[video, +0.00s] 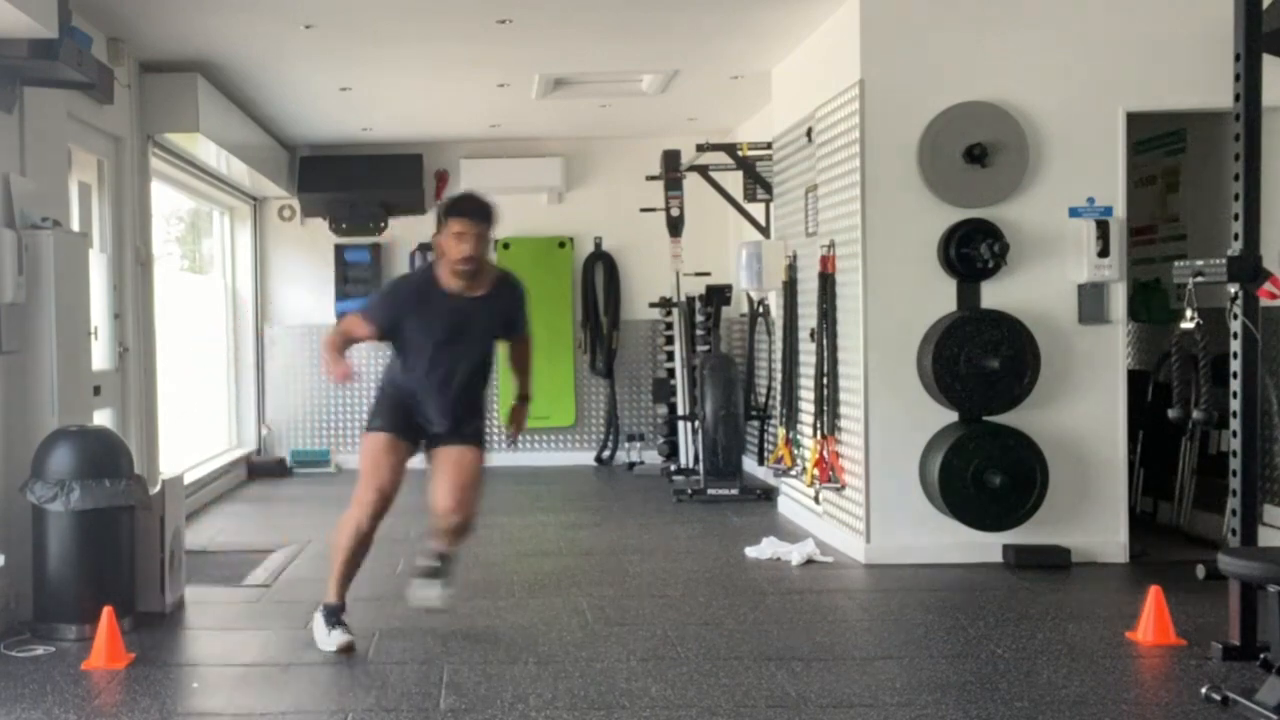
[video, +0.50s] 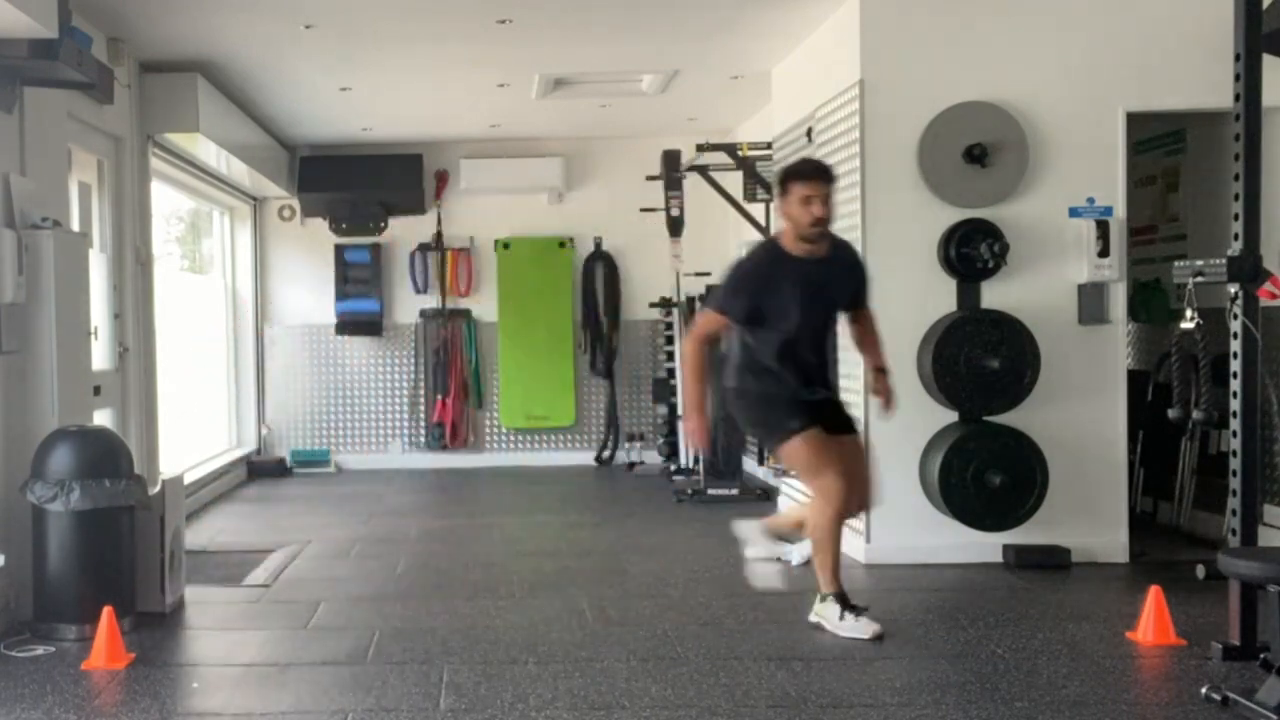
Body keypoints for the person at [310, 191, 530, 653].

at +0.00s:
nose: (468, 249)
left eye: (478, 238)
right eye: (458, 237)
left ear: (489, 242)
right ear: (438, 240)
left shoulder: (505, 293)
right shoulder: (409, 292)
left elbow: (519, 344)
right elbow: (343, 332)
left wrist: (522, 398)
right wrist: (334, 355)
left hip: (462, 410)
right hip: (402, 401)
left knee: (455, 512)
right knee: (371, 503)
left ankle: (437, 560)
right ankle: (331, 609)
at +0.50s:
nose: (820, 211)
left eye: (825, 201)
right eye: (808, 201)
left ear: (833, 204)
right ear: (782, 205)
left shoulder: (843, 261)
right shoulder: (758, 268)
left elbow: (859, 316)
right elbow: (697, 336)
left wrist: (878, 368)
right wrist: (693, 414)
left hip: (817, 388)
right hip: (763, 390)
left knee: (856, 494)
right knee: (829, 484)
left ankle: (766, 533)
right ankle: (830, 601)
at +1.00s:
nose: (1005, 284)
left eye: (1015, 271)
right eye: (992, 272)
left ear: (1029, 271)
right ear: (972, 275)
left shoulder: (1044, 308)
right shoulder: (944, 319)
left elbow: (1075, 359)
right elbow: (885, 383)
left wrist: (1099, 419)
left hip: (1002, 404)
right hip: (933, 408)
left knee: (1072, 484)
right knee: (979, 478)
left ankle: (1085, 578)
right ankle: (969, 567)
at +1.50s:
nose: (774, 243)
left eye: (783, 231)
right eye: (763, 233)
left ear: (796, 230)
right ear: (749, 233)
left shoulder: (823, 280)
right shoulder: (726, 284)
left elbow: (869, 335)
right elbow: (680, 343)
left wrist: (903, 395)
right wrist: (706, 407)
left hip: (806, 398)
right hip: (746, 407)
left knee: (809, 494)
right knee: (777, 507)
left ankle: (816, 594)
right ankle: (849, 528)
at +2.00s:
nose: (422, 224)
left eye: (431, 213)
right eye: (411, 214)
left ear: (446, 213)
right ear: (398, 217)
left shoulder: (481, 272)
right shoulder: (387, 264)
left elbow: (524, 332)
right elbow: (342, 316)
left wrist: (548, 393)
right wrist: (342, 340)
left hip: (456, 391)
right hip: (408, 391)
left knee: (391, 482)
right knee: (399, 496)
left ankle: (350, 598)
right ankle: (503, 551)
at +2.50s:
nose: (185, 264)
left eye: (195, 252)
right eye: (174, 253)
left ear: (212, 249)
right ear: (162, 253)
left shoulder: (258, 297)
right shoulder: (157, 308)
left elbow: (312, 348)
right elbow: (143, 366)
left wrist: (325, 416)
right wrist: (139, 411)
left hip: (267, 401)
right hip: (203, 402)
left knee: (252, 494)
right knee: (163, 491)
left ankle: (294, 580)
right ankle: (151, 599)